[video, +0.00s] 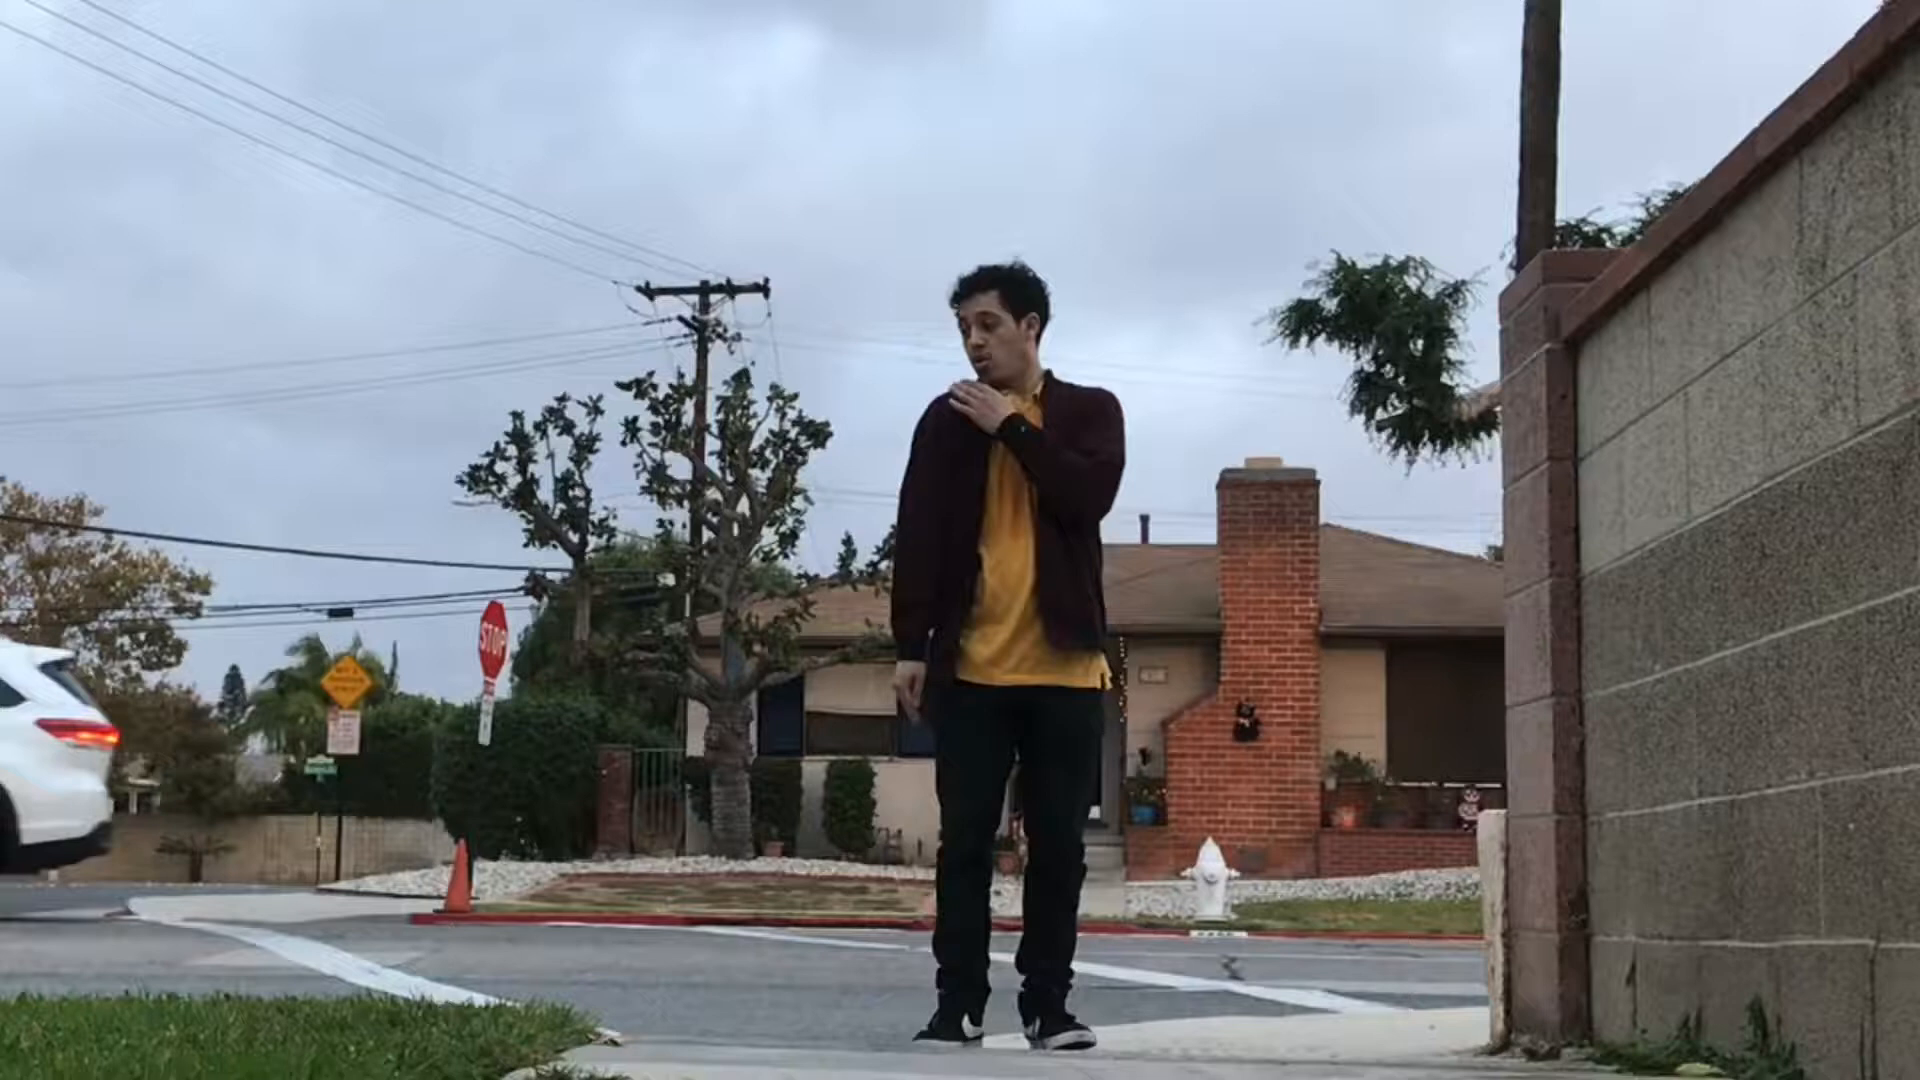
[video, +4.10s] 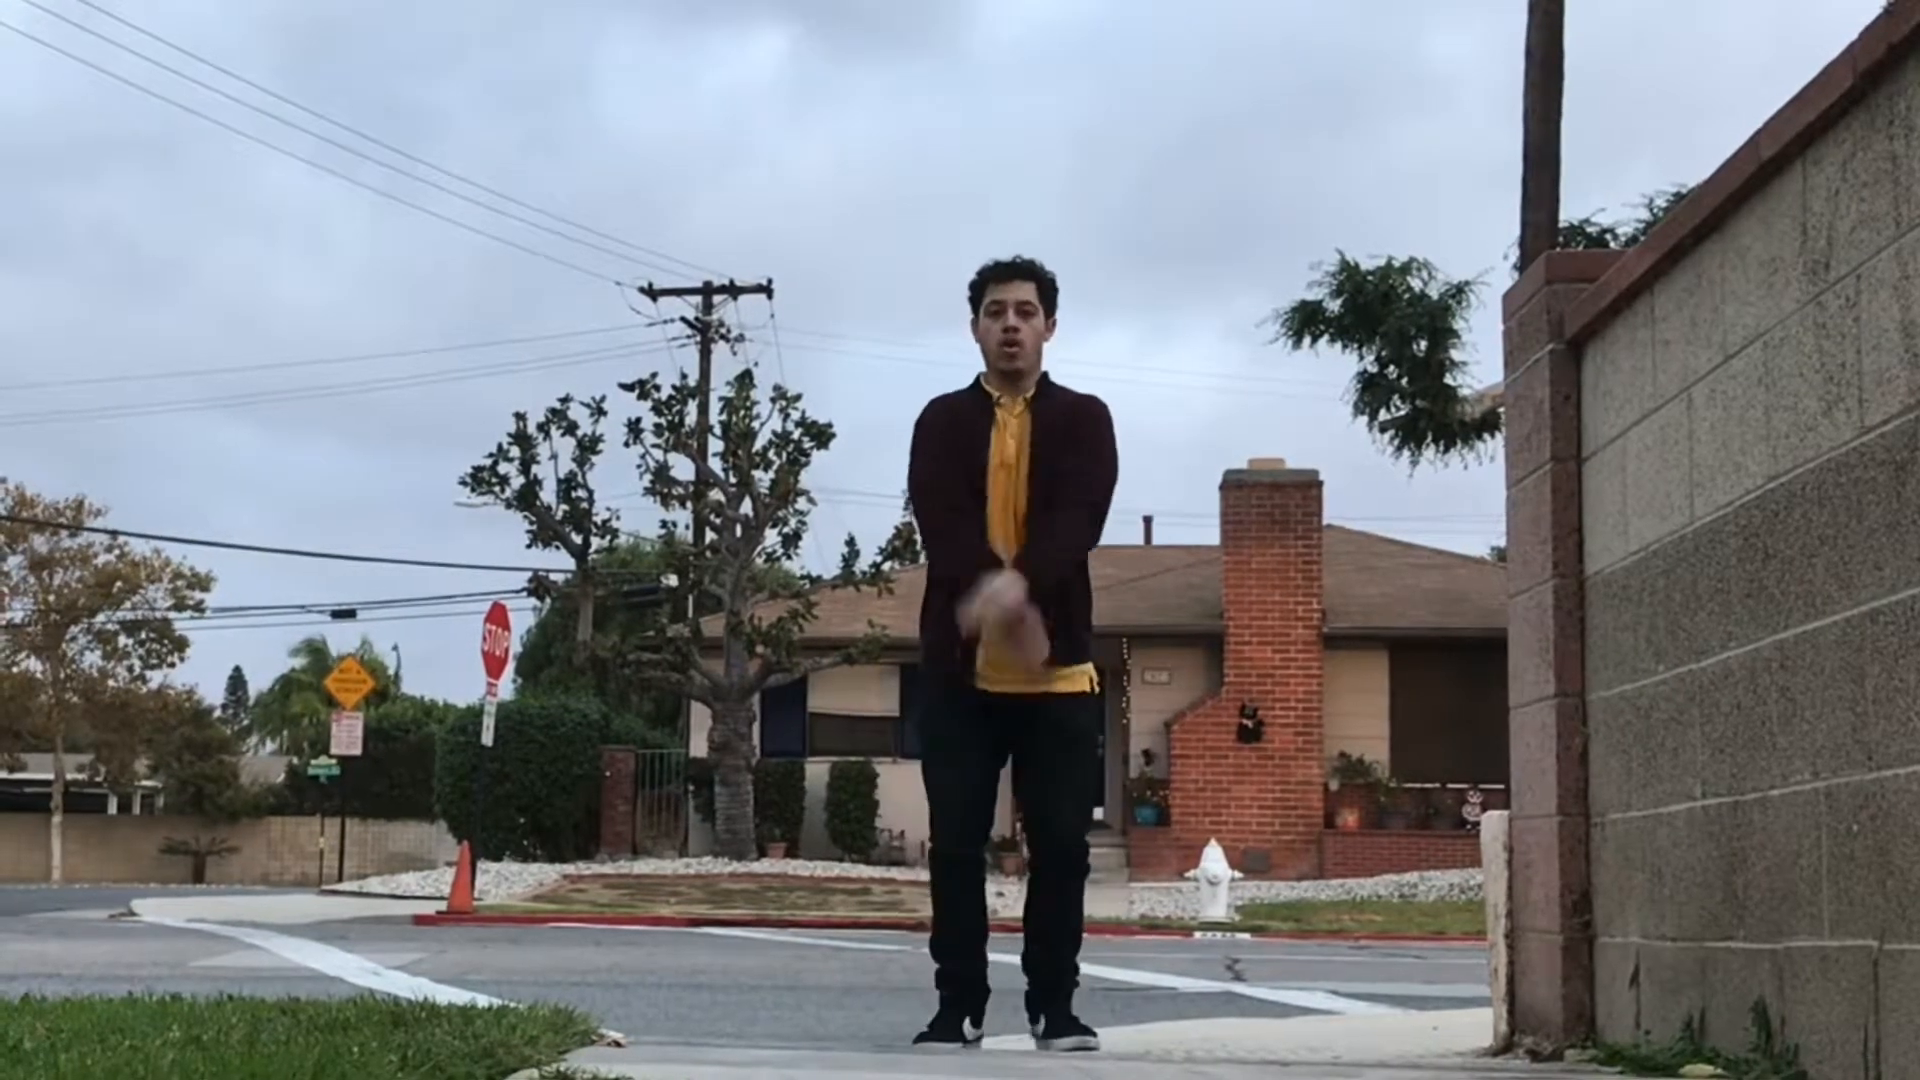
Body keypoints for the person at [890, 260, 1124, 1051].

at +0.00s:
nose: (974, 341)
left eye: (988, 325)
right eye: (966, 329)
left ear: (1032, 325)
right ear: (962, 338)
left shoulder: (1090, 410)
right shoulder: (947, 418)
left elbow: (1088, 497)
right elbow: (918, 534)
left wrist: (1010, 425)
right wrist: (912, 647)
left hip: (1066, 670)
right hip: (970, 667)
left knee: (1058, 847)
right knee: (965, 844)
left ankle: (1048, 1007)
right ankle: (959, 1005)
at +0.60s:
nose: (963, 335)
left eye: (978, 319)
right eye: (956, 324)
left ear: (1023, 325)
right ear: (952, 337)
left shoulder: (1075, 414)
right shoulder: (930, 426)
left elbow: (1056, 493)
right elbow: (861, 508)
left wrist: (968, 435)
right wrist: (800, 587)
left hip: (1052, 674)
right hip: (957, 675)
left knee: (1051, 848)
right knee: (957, 848)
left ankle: (1046, 1007)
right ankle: (957, 1007)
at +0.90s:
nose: (977, 332)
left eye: (991, 316)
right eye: (968, 321)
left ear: (1036, 325)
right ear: (964, 335)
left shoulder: (1083, 413)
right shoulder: (941, 426)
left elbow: (1061, 492)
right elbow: (885, 514)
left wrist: (973, 429)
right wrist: (841, 601)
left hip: (1050, 675)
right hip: (956, 675)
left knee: (1050, 848)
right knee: (956, 849)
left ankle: (1046, 1008)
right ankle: (958, 1007)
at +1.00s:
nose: (988, 328)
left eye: (1004, 315)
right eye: (978, 317)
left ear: (1043, 327)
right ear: (969, 331)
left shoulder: (1083, 414)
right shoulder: (943, 425)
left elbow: (1060, 496)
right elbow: (920, 545)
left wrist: (973, 432)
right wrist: (937, 646)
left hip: (1048, 673)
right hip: (956, 673)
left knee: (1049, 848)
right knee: (956, 849)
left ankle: (1047, 1008)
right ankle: (957, 1009)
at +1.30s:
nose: (1015, 341)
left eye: (1030, 327)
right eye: (1000, 328)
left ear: (1057, 340)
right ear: (980, 340)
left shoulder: (1089, 424)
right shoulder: (952, 415)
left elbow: (1058, 515)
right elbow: (964, 530)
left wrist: (949, 522)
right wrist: (1052, 598)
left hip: (1056, 673)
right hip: (964, 671)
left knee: (1053, 849)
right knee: (958, 848)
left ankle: (1048, 1009)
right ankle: (957, 1008)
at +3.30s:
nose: (1000, 325)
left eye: (1013, 313)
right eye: (985, 314)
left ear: (1035, 327)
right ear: (962, 330)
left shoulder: (1067, 402)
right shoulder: (937, 408)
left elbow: (1050, 488)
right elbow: (963, 507)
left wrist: (951, 504)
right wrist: (1076, 532)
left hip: (1054, 668)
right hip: (961, 667)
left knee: (1052, 848)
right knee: (959, 846)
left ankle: (1047, 1008)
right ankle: (959, 1009)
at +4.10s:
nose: (1010, 326)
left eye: (1025, 313)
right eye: (996, 313)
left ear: (1048, 328)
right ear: (976, 328)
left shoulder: (1086, 418)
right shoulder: (941, 418)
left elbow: (1079, 518)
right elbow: (940, 521)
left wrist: (1022, 582)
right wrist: (987, 589)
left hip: (1058, 675)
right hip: (960, 672)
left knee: (1061, 848)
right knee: (956, 847)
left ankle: (1054, 1008)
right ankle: (958, 1010)